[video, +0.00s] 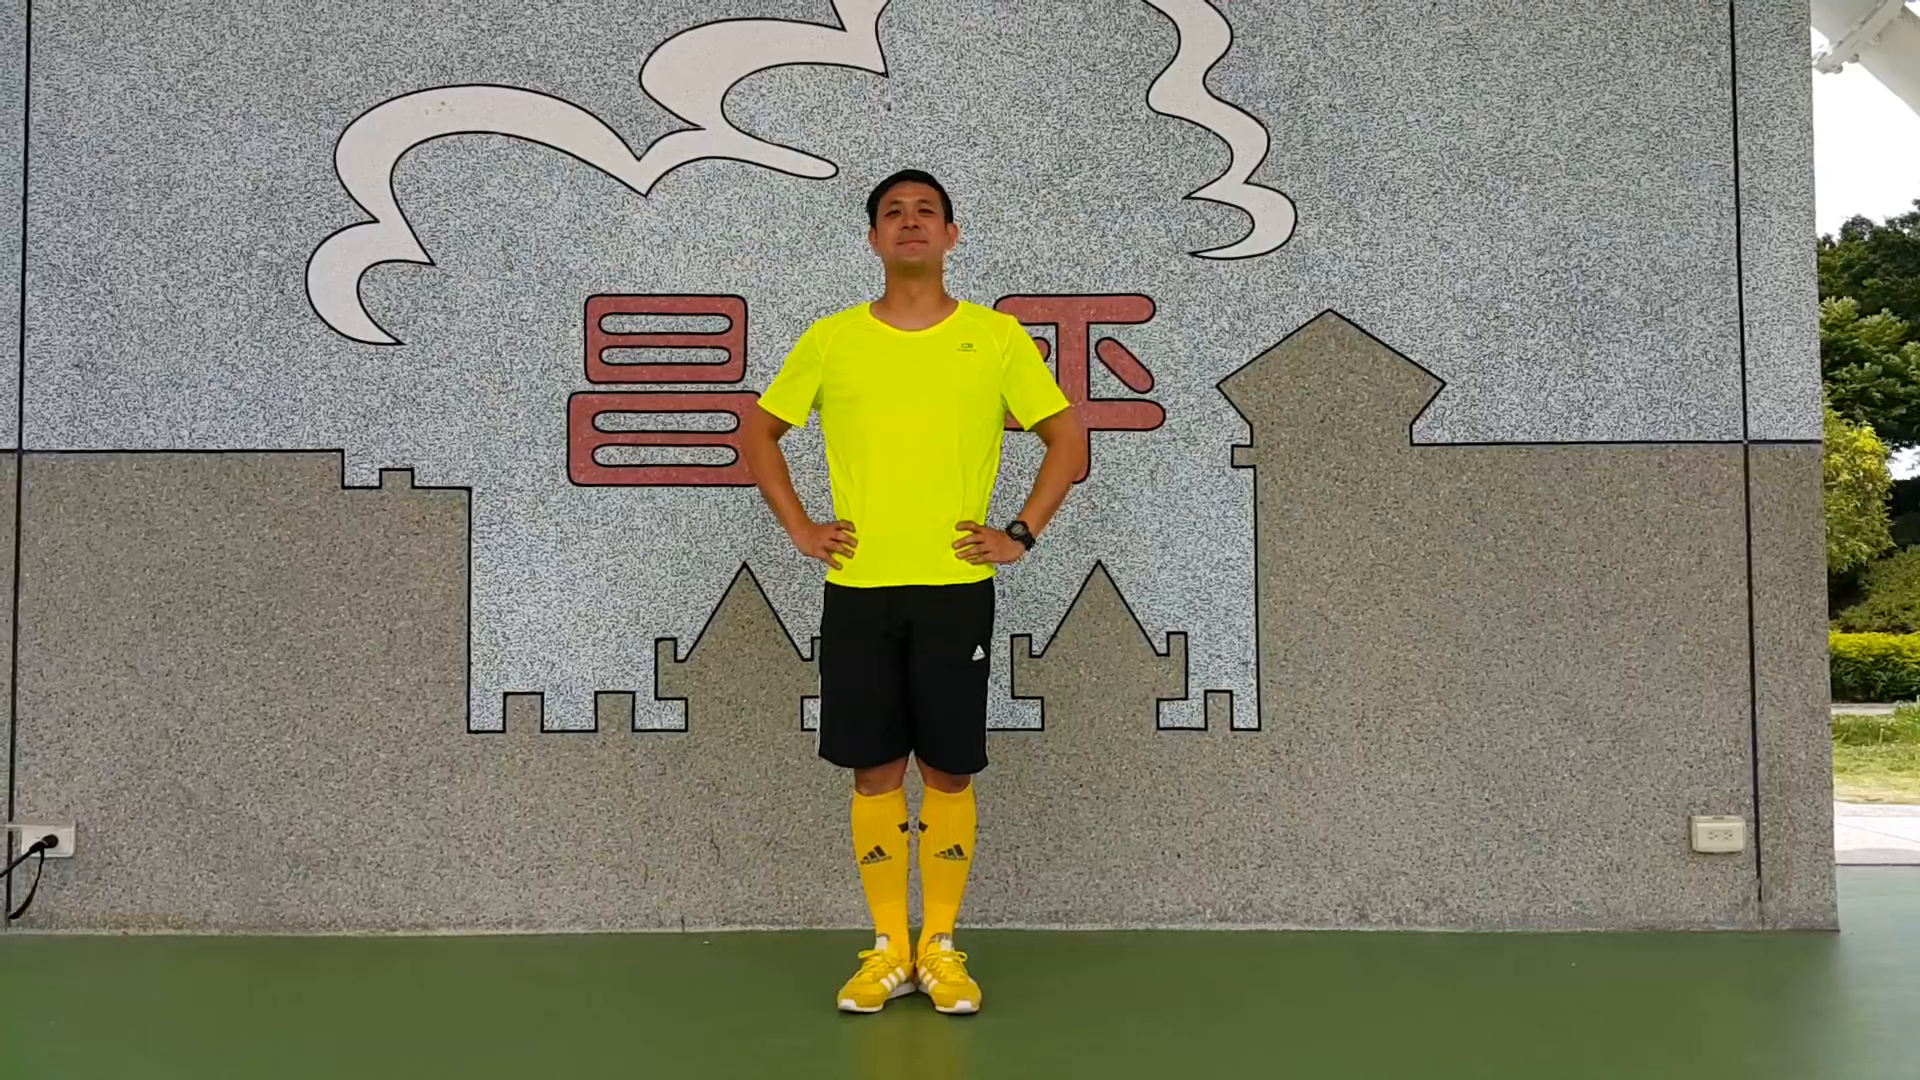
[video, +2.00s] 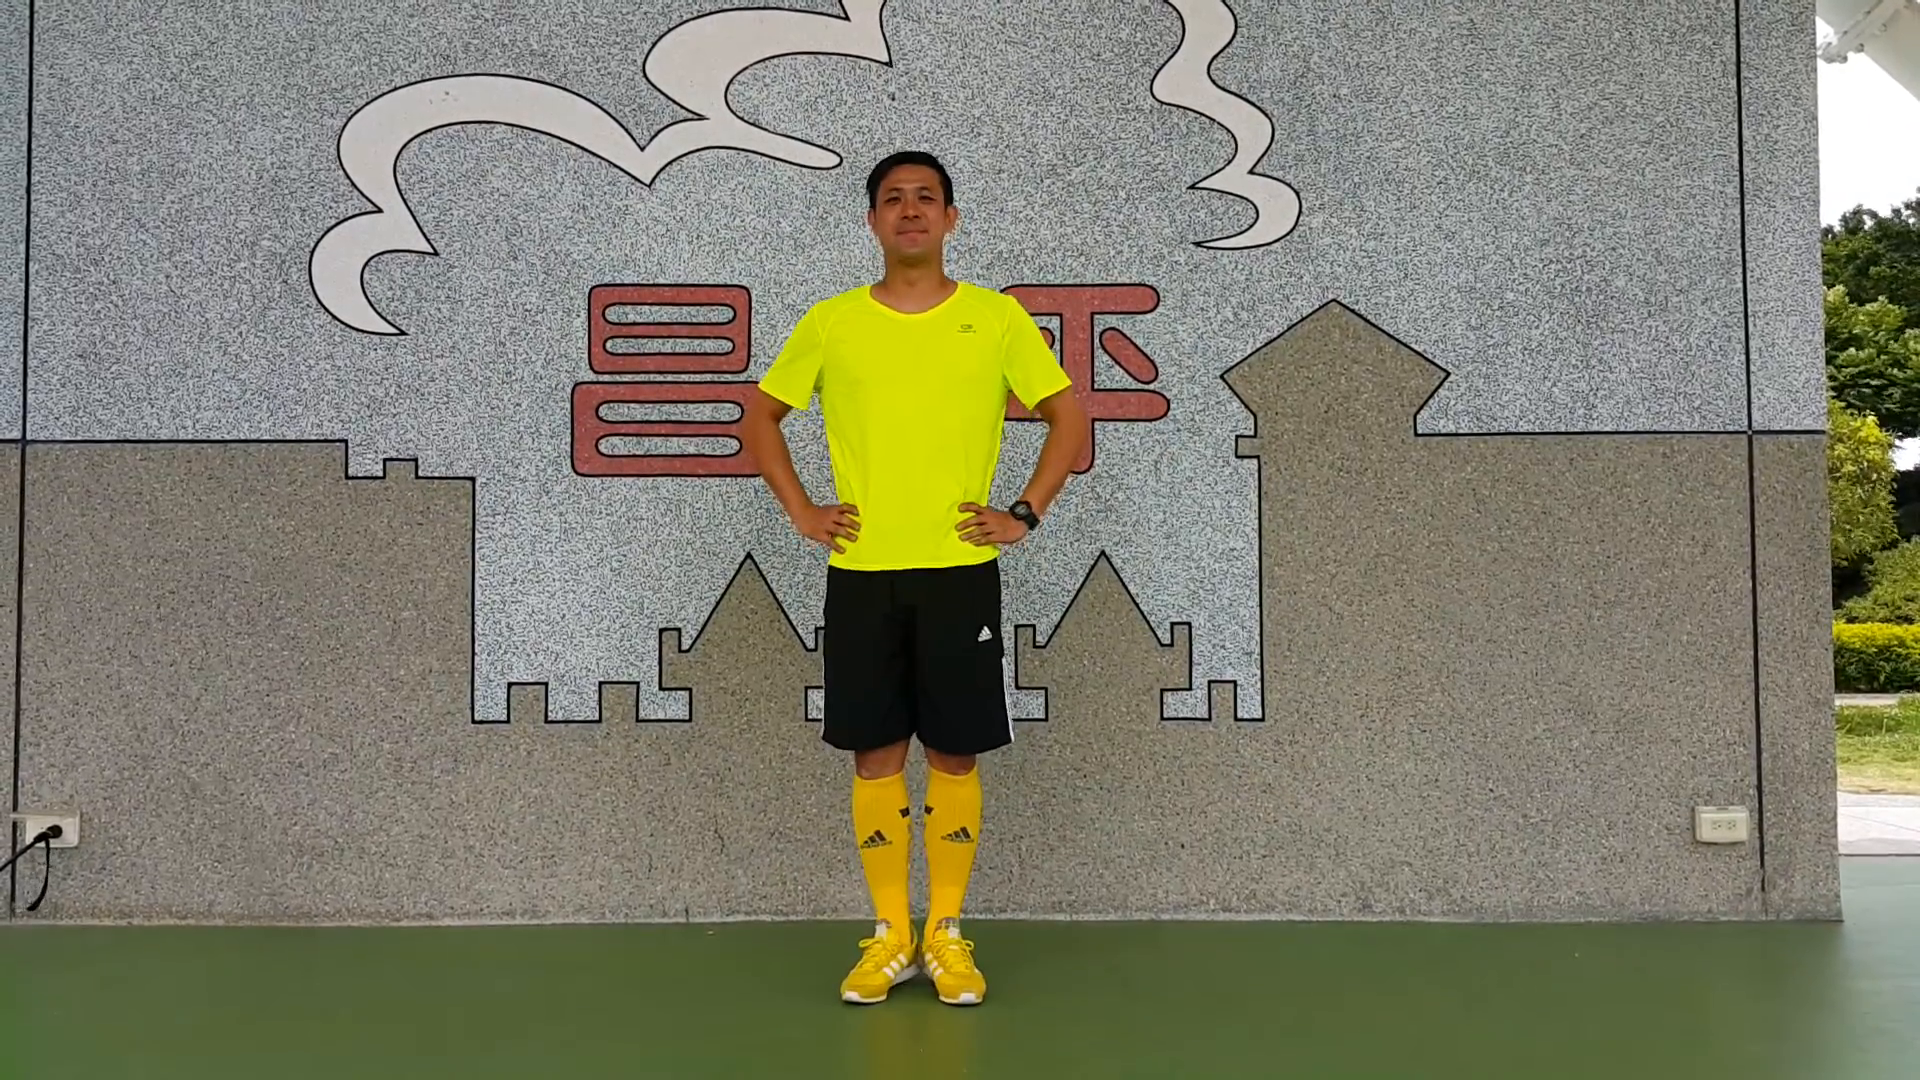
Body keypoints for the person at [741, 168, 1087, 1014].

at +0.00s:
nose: (911, 223)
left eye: (926, 213)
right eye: (895, 214)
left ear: (951, 237)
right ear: (873, 240)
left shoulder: (996, 336)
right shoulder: (832, 337)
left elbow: (1069, 441)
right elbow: (756, 430)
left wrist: (1021, 532)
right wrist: (799, 525)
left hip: (955, 585)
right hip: (859, 584)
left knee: (948, 768)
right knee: (875, 767)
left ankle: (938, 947)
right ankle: (890, 949)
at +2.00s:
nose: (910, 210)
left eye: (925, 198)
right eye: (894, 200)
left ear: (951, 220)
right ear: (872, 223)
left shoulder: (996, 317)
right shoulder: (832, 320)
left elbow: (1072, 417)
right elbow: (758, 417)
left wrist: (1025, 514)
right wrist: (801, 509)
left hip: (960, 568)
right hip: (863, 568)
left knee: (953, 750)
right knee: (876, 750)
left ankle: (944, 932)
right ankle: (891, 934)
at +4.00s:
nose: (949, 256)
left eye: (964, 244)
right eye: (933, 245)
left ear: (990, 266)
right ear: (911, 269)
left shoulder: (1034, 361)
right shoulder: (871, 365)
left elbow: (1110, 457)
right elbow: (797, 460)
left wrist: (1064, 556)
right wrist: (839, 553)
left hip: (999, 614)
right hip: (901, 615)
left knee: (992, 800)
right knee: (915, 799)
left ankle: (985, 985)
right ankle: (933, 986)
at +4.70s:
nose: (1033, 289)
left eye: (1034, 275)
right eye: (1016, 275)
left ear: (1022, 287)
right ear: (967, 287)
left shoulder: (1049, 384)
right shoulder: (917, 379)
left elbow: (1107, 475)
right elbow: (883, 485)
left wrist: (1178, 492)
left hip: (1026, 628)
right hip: (926, 626)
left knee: (1043, 807)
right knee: (908, 808)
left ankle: (1023, 986)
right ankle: (899, 962)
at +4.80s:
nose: (1029, 292)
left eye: (1031, 279)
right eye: (1013, 277)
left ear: (1023, 287)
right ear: (970, 281)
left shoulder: (1046, 372)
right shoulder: (924, 352)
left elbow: (1134, 386)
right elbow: (939, 368)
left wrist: (1173, 318)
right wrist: (1025, 272)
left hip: (1016, 617)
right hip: (928, 611)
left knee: (1044, 803)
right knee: (894, 798)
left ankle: (1029, 986)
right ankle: (804, 941)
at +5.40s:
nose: (1026, 274)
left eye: (1035, 262)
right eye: (1007, 263)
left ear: (1048, 277)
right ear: (970, 282)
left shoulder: (1075, 363)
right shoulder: (942, 354)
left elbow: (1185, 346)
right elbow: (869, 330)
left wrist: (1159, 260)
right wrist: (920, 221)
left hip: (1041, 614)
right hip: (945, 607)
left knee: (1068, 809)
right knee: (893, 799)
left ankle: (1053, 999)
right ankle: (849, 976)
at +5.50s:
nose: (999, 271)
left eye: (1013, 257)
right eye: (983, 262)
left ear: (1043, 272)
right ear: (967, 286)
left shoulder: (1091, 363)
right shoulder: (937, 365)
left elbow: (1181, 437)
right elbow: (868, 450)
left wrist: (1170, 364)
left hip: (1045, 612)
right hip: (942, 607)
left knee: (1063, 809)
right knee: (917, 802)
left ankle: (1052, 999)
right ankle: (923, 997)